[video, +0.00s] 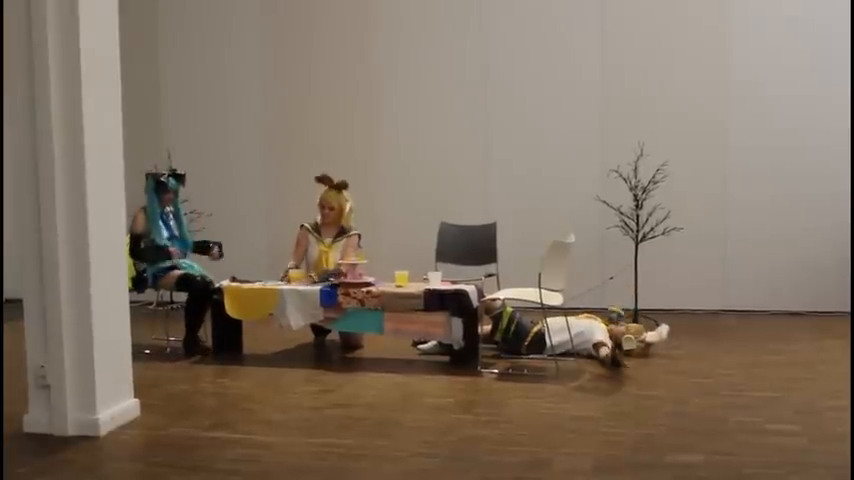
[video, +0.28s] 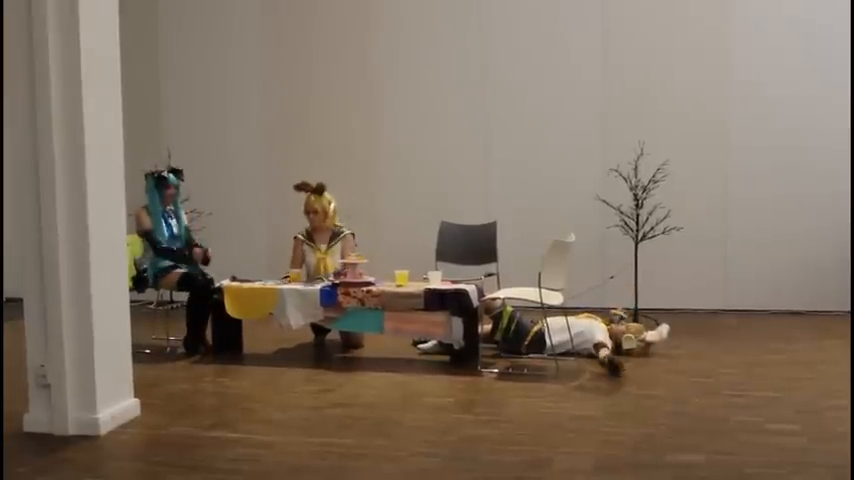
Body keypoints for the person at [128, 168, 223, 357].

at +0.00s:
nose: (171, 197)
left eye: (173, 193)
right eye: (167, 192)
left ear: (174, 194)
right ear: (158, 193)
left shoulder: (170, 213)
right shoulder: (144, 215)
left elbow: (179, 244)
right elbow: (136, 250)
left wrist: (205, 248)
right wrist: (166, 253)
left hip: (175, 265)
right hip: (156, 269)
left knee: (208, 287)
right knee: (198, 285)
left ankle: (193, 338)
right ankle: (190, 340)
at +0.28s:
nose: (173, 192)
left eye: (175, 188)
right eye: (168, 188)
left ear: (177, 190)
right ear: (158, 190)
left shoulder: (177, 212)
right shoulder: (145, 213)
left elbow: (187, 239)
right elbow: (157, 248)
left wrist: (199, 250)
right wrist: (187, 255)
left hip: (181, 264)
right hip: (161, 267)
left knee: (208, 284)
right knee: (198, 284)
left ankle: (200, 337)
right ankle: (192, 340)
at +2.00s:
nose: (194, 207)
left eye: (195, 203)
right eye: (191, 202)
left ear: (195, 204)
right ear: (178, 201)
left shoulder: (188, 222)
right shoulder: (157, 221)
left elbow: (193, 255)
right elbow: (165, 260)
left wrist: (200, 268)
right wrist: (191, 272)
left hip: (179, 269)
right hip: (157, 272)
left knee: (206, 285)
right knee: (198, 285)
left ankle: (199, 341)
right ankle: (191, 343)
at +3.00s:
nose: (195, 208)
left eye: (197, 204)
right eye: (193, 203)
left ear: (195, 203)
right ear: (180, 200)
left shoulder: (187, 221)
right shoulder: (158, 218)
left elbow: (192, 255)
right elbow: (165, 259)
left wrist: (202, 268)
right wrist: (192, 272)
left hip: (176, 269)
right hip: (155, 272)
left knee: (207, 286)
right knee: (198, 288)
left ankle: (199, 341)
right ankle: (191, 344)